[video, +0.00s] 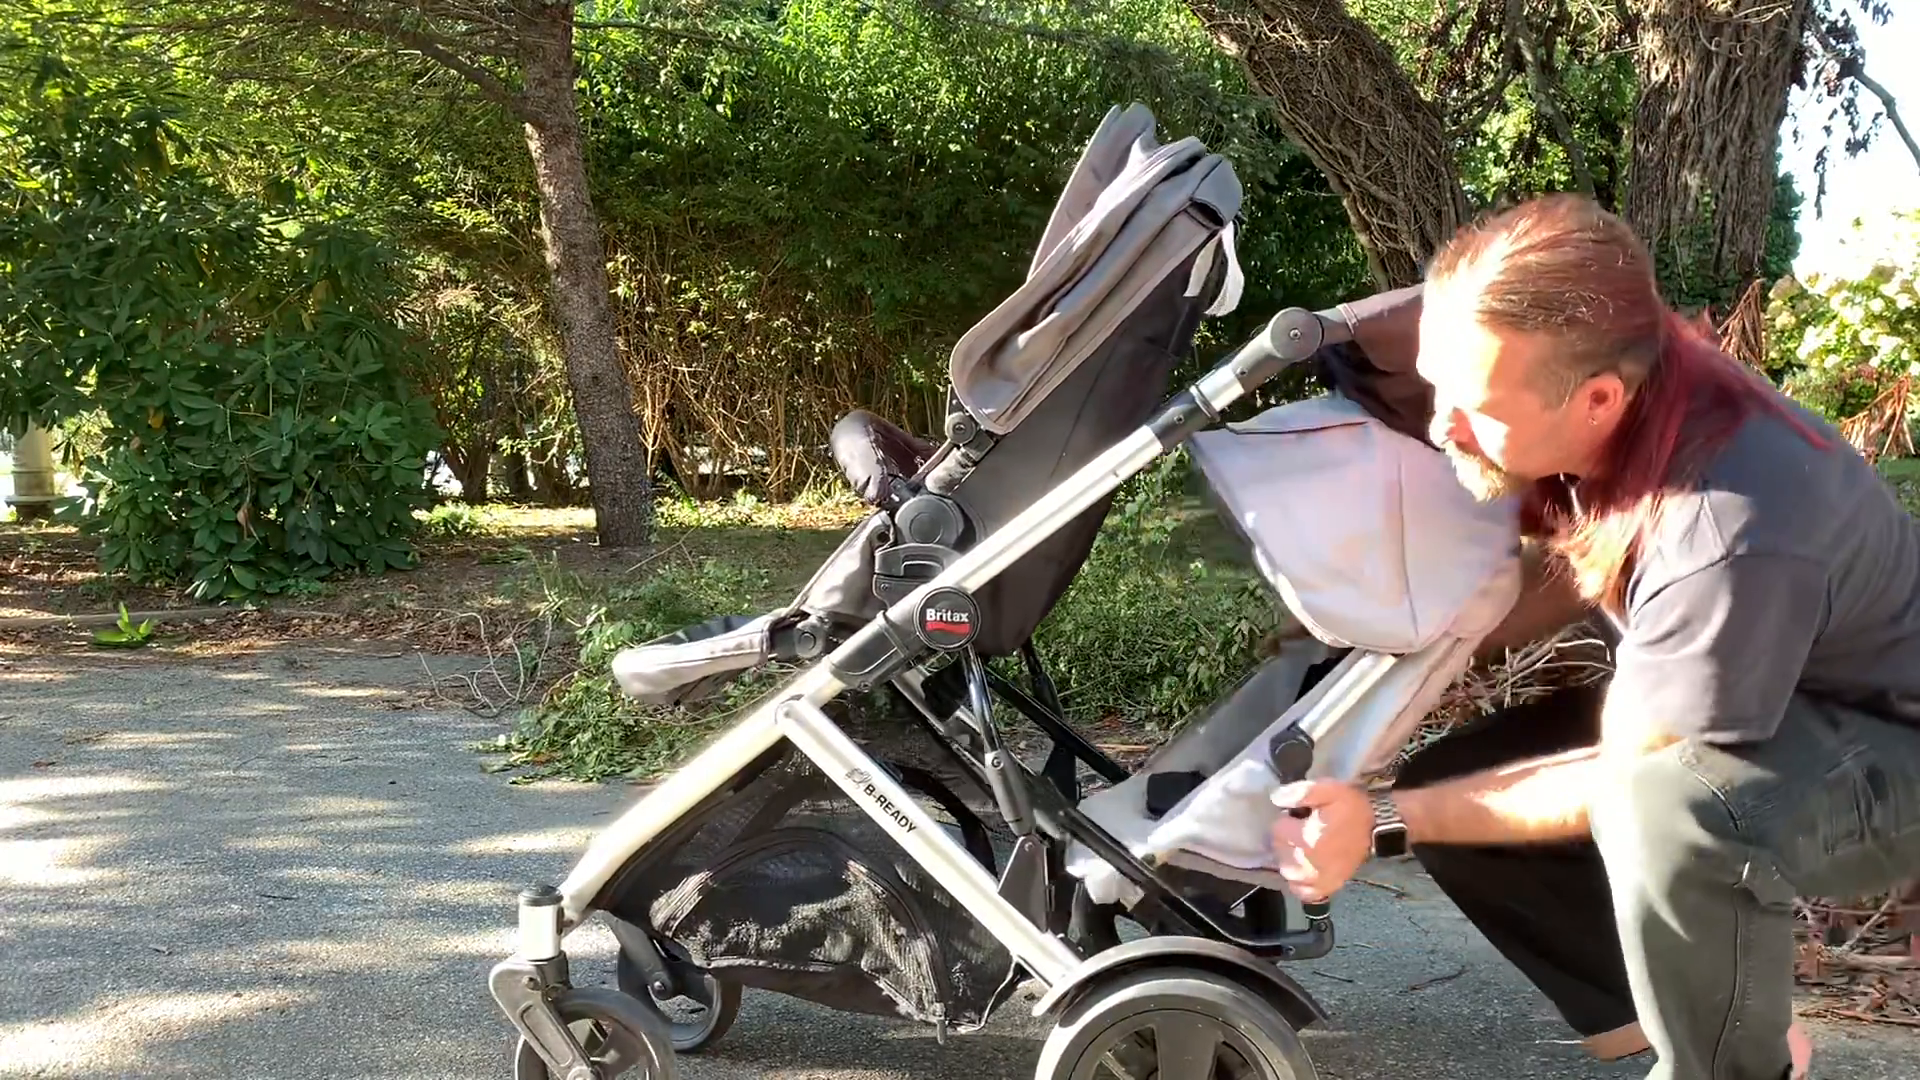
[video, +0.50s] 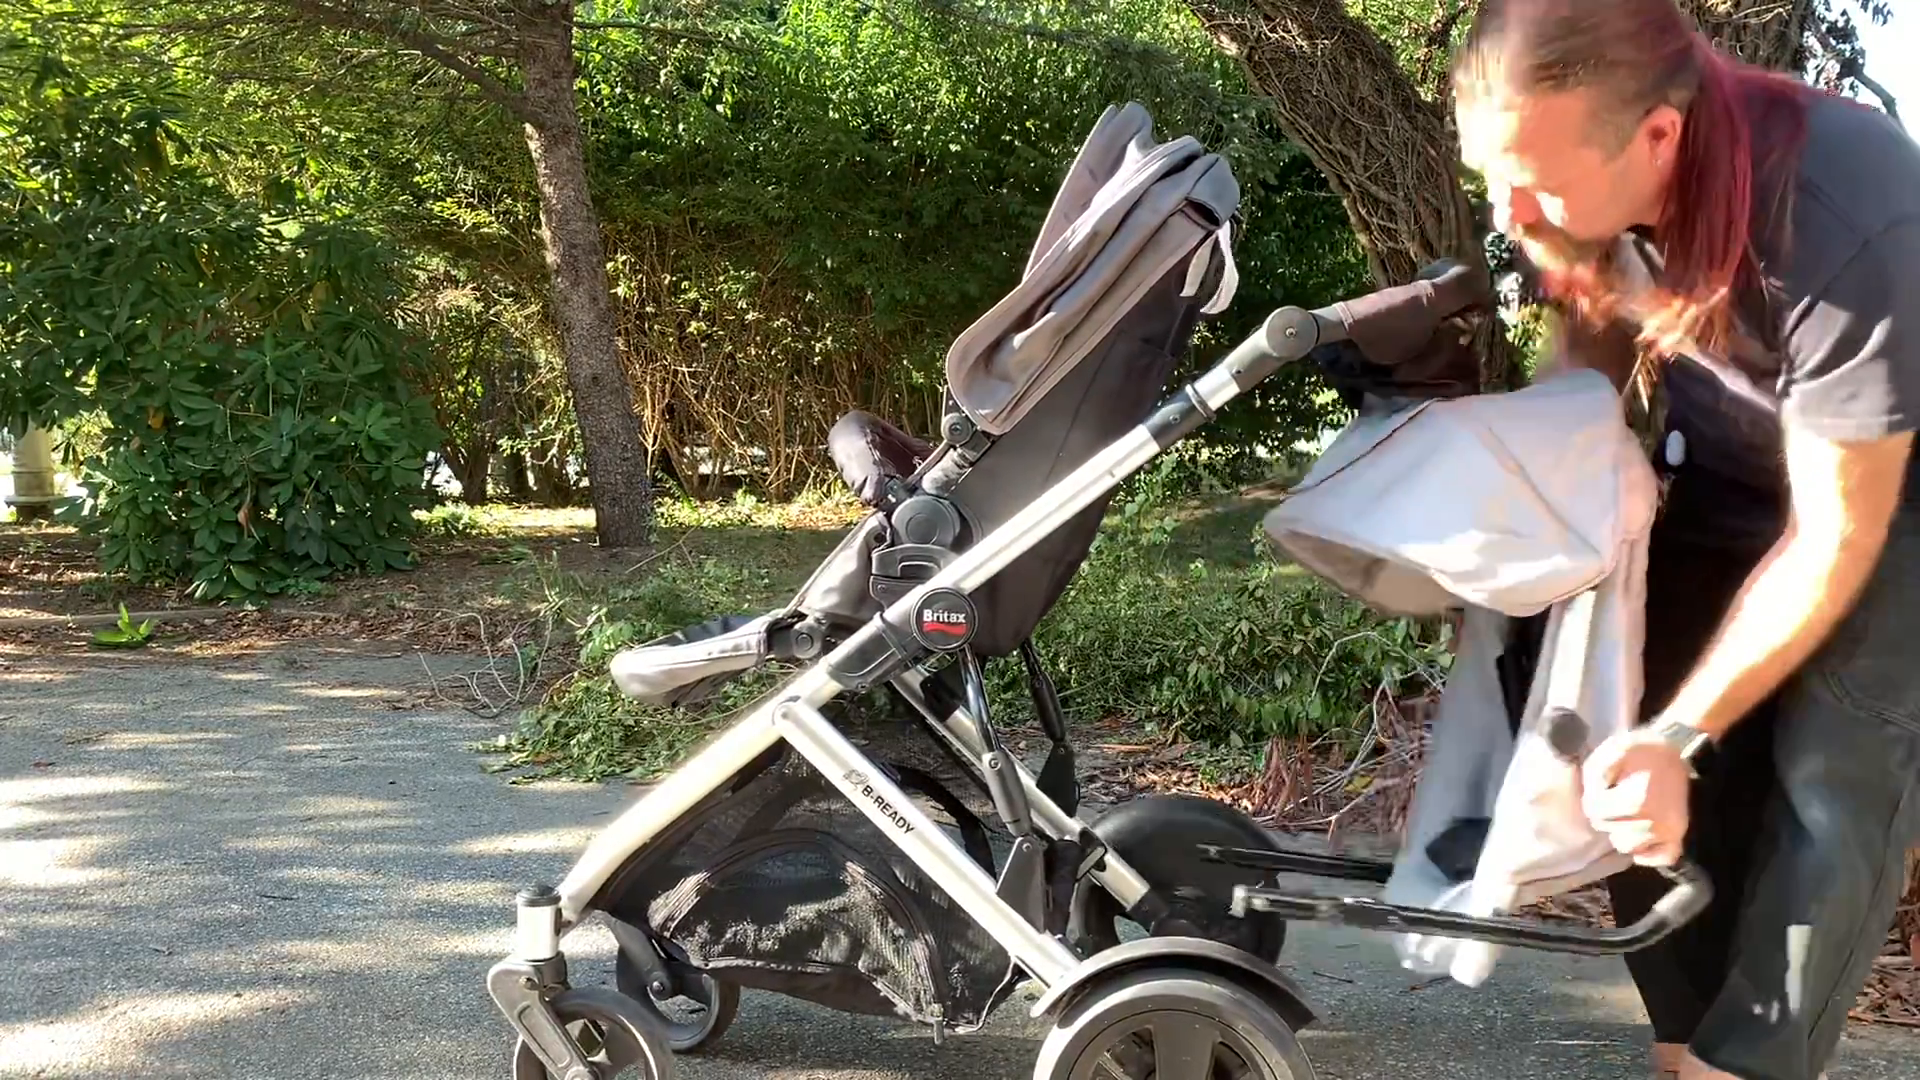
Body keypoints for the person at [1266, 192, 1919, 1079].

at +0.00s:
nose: (1446, 428)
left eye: (1473, 411)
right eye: (1441, 396)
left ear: (1599, 403)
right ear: (1597, 400)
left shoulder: (1728, 521)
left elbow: (1637, 780)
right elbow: (1571, 569)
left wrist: (1389, 818)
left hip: (1895, 731)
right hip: (1754, 679)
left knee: (1671, 809)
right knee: (1453, 801)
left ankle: (1741, 1065)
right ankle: (1689, 1031)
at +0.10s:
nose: (1445, 392)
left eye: (1471, 369)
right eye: (1436, 356)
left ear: (1598, 361)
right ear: (1598, 357)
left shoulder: (1743, 479)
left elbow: (1656, 742)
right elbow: (1576, 528)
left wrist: (1418, 811)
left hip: (1894, 665)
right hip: (1751, 620)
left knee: (1693, 805)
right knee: (1474, 788)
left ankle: (1748, 1064)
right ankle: (1675, 1037)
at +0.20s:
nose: (1454, 342)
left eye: (1482, 319)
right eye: (1446, 307)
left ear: (1607, 300)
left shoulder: (1773, 404)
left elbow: (1687, 684)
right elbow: (1534, 517)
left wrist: (1473, 794)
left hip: (1889, 583)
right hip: (1727, 567)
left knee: (1733, 776)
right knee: (1518, 778)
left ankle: (1744, 1066)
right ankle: (1661, 1050)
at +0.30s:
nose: (1472, 300)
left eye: (1499, 275)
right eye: (1462, 267)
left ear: (1623, 246)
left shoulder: (1798, 339)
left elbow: (1735, 632)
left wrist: (1525, 780)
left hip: (1886, 544)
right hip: (1712, 530)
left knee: (1776, 758)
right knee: (1555, 771)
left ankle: (1747, 1069)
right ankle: (1673, 1051)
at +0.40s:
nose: (1488, 267)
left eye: (1514, 238)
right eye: (1475, 232)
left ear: (1635, 205)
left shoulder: (1819, 283)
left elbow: (1775, 593)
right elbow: (1595, 402)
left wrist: (1585, 766)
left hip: (1890, 522)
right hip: (1714, 510)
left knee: (1795, 764)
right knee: (1597, 753)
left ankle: (1749, 1070)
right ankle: (1680, 1054)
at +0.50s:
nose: (1511, 219)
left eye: (1532, 190)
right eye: (1498, 188)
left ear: (1656, 142)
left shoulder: (1852, 222)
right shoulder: (1594, 188)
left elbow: (1840, 535)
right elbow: (1585, 328)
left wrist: (1678, 735)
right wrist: (1595, 439)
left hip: (1877, 499)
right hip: (1705, 490)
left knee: (1837, 781)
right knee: (1646, 768)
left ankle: (1735, 1059)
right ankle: (1688, 1049)